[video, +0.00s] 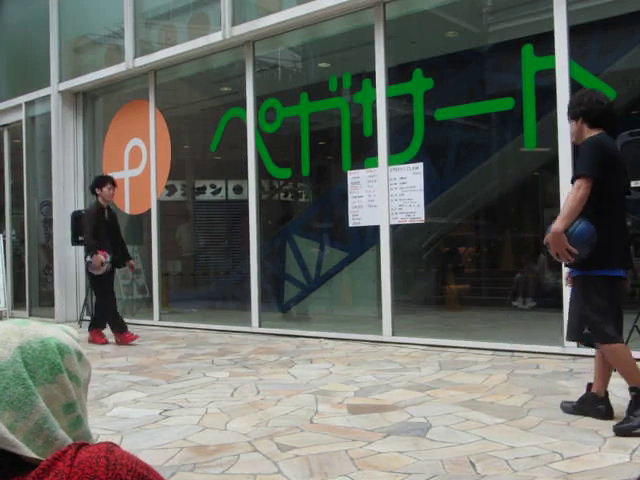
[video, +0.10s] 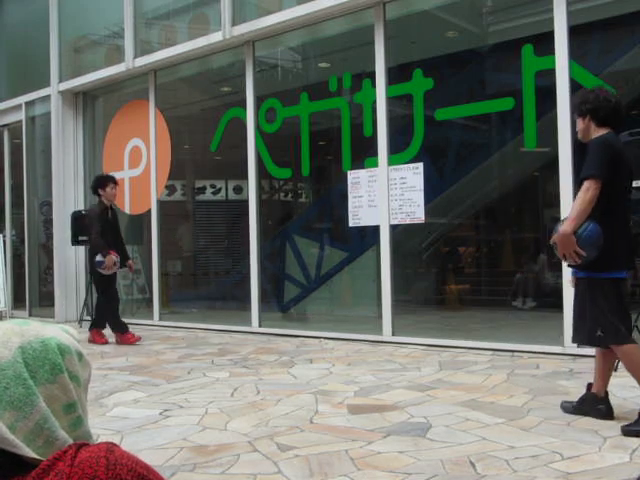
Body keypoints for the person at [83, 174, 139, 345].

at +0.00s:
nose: (112, 192)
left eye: (113, 189)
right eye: (108, 189)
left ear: (114, 191)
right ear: (98, 191)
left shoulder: (110, 213)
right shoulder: (91, 213)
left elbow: (117, 238)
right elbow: (88, 237)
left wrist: (127, 258)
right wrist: (93, 254)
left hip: (110, 260)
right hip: (96, 261)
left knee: (104, 296)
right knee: (106, 296)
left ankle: (95, 329)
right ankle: (120, 331)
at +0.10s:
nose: (115, 192)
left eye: (115, 189)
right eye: (111, 189)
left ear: (114, 191)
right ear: (101, 192)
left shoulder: (111, 212)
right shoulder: (95, 212)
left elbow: (117, 238)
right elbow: (95, 237)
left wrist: (126, 258)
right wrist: (106, 253)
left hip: (110, 259)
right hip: (98, 259)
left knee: (106, 296)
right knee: (110, 296)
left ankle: (96, 329)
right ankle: (121, 331)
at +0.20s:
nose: (118, 192)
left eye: (118, 188)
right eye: (115, 188)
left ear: (108, 191)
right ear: (105, 192)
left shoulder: (110, 210)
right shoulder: (104, 211)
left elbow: (115, 236)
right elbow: (107, 237)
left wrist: (122, 254)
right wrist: (119, 254)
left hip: (108, 256)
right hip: (103, 257)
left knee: (109, 294)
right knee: (112, 294)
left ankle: (96, 328)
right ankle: (122, 332)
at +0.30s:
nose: (121, 191)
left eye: (120, 187)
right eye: (118, 187)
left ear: (110, 192)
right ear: (108, 192)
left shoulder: (110, 209)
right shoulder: (107, 211)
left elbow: (114, 237)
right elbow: (114, 237)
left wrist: (128, 253)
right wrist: (131, 254)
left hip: (110, 259)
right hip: (107, 260)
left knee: (113, 296)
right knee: (114, 297)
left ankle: (97, 327)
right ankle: (122, 333)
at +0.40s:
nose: (123, 190)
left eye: (122, 186)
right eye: (120, 187)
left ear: (111, 192)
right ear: (110, 191)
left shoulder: (109, 209)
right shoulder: (112, 211)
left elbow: (118, 237)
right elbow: (122, 236)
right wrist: (138, 253)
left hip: (107, 259)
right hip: (110, 260)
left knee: (115, 297)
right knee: (117, 297)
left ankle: (96, 325)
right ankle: (123, 333)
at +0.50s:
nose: (124, 190)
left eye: (123, 186)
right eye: (121, 187)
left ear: (111, 192)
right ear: (111, 191)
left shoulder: (106, 209)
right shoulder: (113, 210)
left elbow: (110, 237)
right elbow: (126, 235)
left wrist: (123, 253)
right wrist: (142, 254)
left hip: (108, 259)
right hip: (112, 260)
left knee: (117, 295)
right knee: (119, 295)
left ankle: (97, 323)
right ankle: (123, 333)